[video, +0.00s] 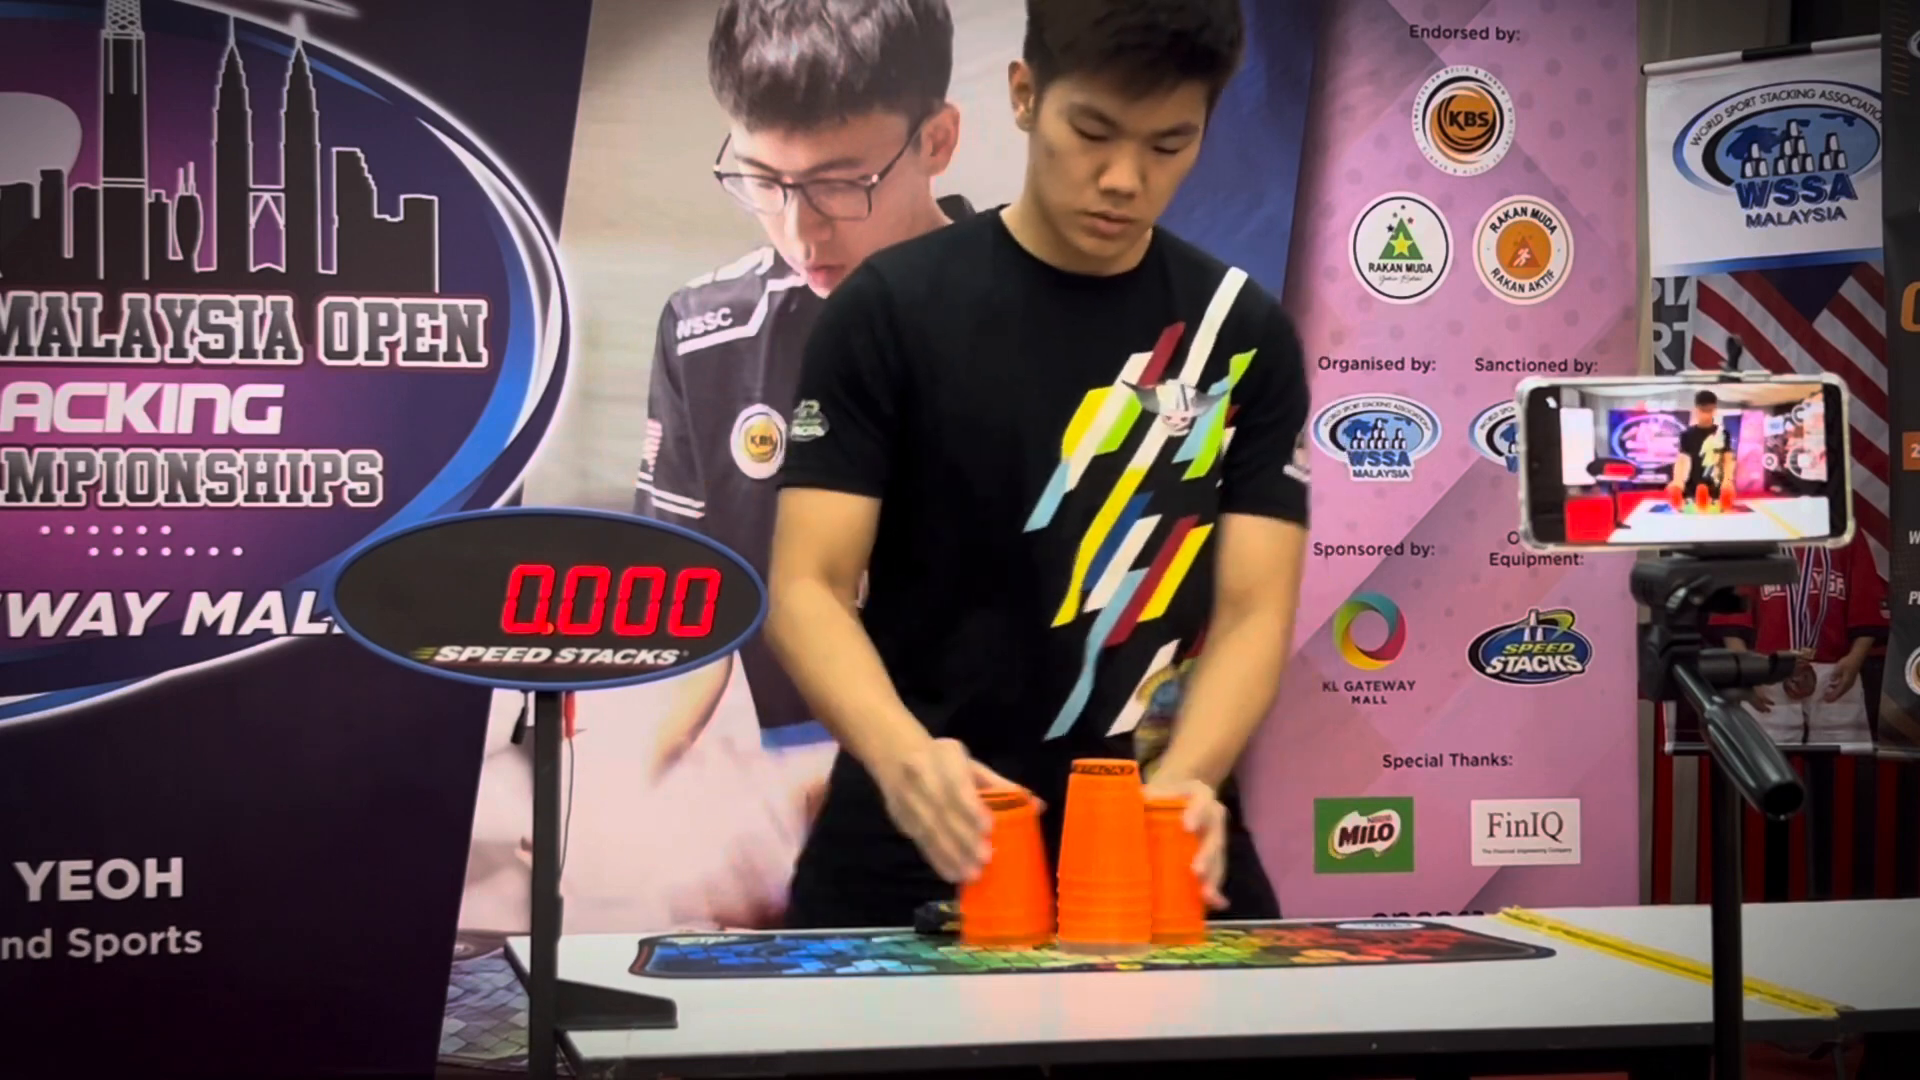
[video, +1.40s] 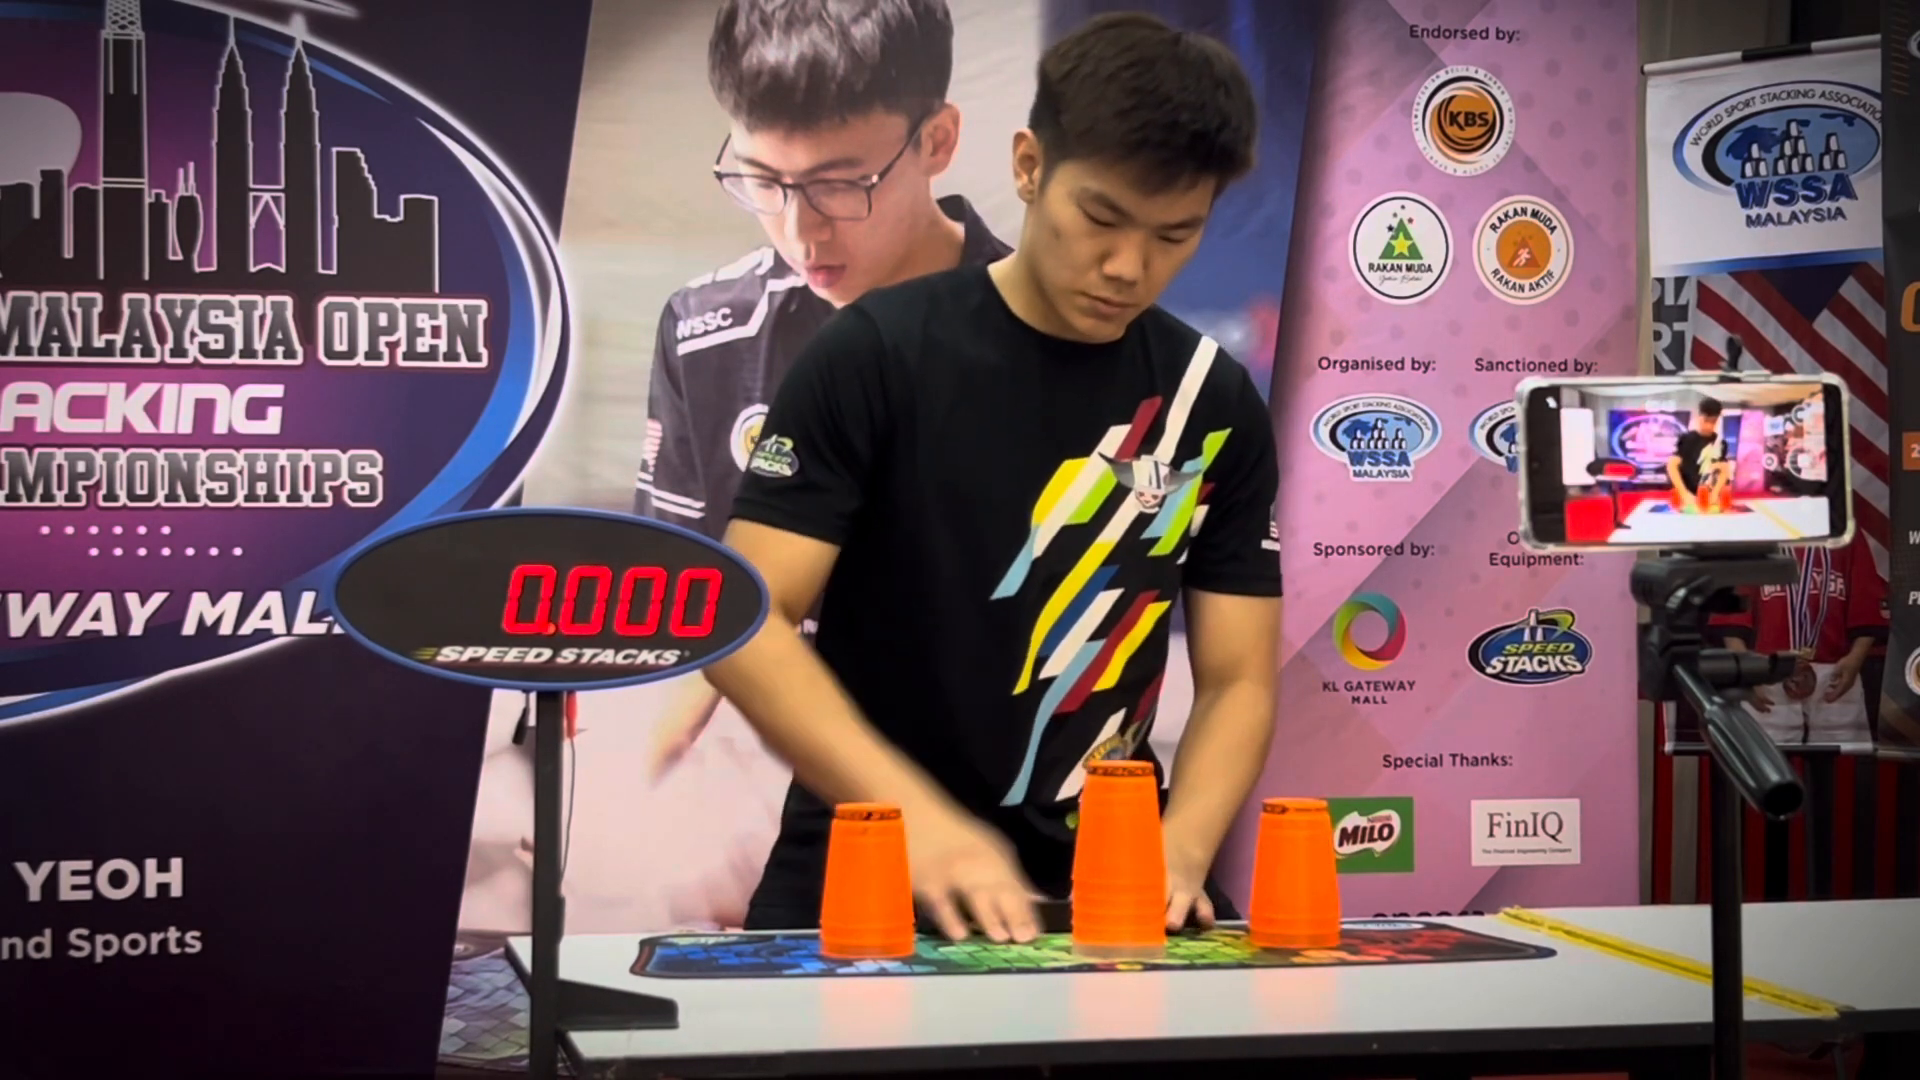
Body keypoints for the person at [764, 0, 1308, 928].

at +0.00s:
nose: (1124, 180)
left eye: (1166, 144)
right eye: (1091, 132)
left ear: (1203, 129)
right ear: (1023, 97)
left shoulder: (1245, 335)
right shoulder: (891, 306)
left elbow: (1255, 612)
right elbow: (806, 588)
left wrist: (1185, 776)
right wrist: (901, 756)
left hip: (1144, 860)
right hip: (907, 850)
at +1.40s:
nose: (1128, 268)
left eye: (1173, 235)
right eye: (1100, 216)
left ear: (1209, 213)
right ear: (1028, 169)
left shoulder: (1214, 406)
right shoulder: (874, 355)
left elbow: (1238, 681)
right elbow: (741, 618)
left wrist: (1177, 852)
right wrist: (922, 817)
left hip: (1092, 921)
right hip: (856, 906)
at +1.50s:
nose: (1139, 268)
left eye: (1183, 236)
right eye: (1112, 216)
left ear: (1215, 217)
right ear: (1034, 170)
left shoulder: (1220, 404)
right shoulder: (887, 359)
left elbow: (1223, 662)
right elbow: (820, 659)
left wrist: (1190, 787)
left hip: (1086, 905)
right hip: (865, 894)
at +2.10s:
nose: (1139, 246)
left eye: (1184, 211)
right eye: (1111, 192)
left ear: (1217, 198)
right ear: (1037, 155)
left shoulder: (1229, 405)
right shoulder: (885, 353)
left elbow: (1227, 673)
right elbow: (812, 635)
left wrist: (1184, 763)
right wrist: (927, 745)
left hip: (1116, 892)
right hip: (874, 885)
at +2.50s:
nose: (1089, 235)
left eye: (1136, 204)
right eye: (1062, 183)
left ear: (1182, 194)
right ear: (1002, 146)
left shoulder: (1216, 396)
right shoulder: (856, 351)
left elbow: (1218, 686)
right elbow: (765, 608)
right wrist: (811, 709)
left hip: (1094, 894)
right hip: (867, 877)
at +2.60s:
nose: (1050, 228)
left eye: (1099, 196)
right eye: (1025, 176)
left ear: (1150, 187)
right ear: (969, 140)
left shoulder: (1189, 394)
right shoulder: (826, 346)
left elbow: (1181, 697)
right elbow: (740, 593)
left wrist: (1007, 749)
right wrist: (746, 679)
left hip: (1073, 895)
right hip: (841, 882)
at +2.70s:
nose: (801, 233)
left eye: (842, 183)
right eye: (763, 179)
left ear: (940, 143)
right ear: (734, 139)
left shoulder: (1029, 311)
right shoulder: (701, 331)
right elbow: (680, 574)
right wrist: (711, 706)